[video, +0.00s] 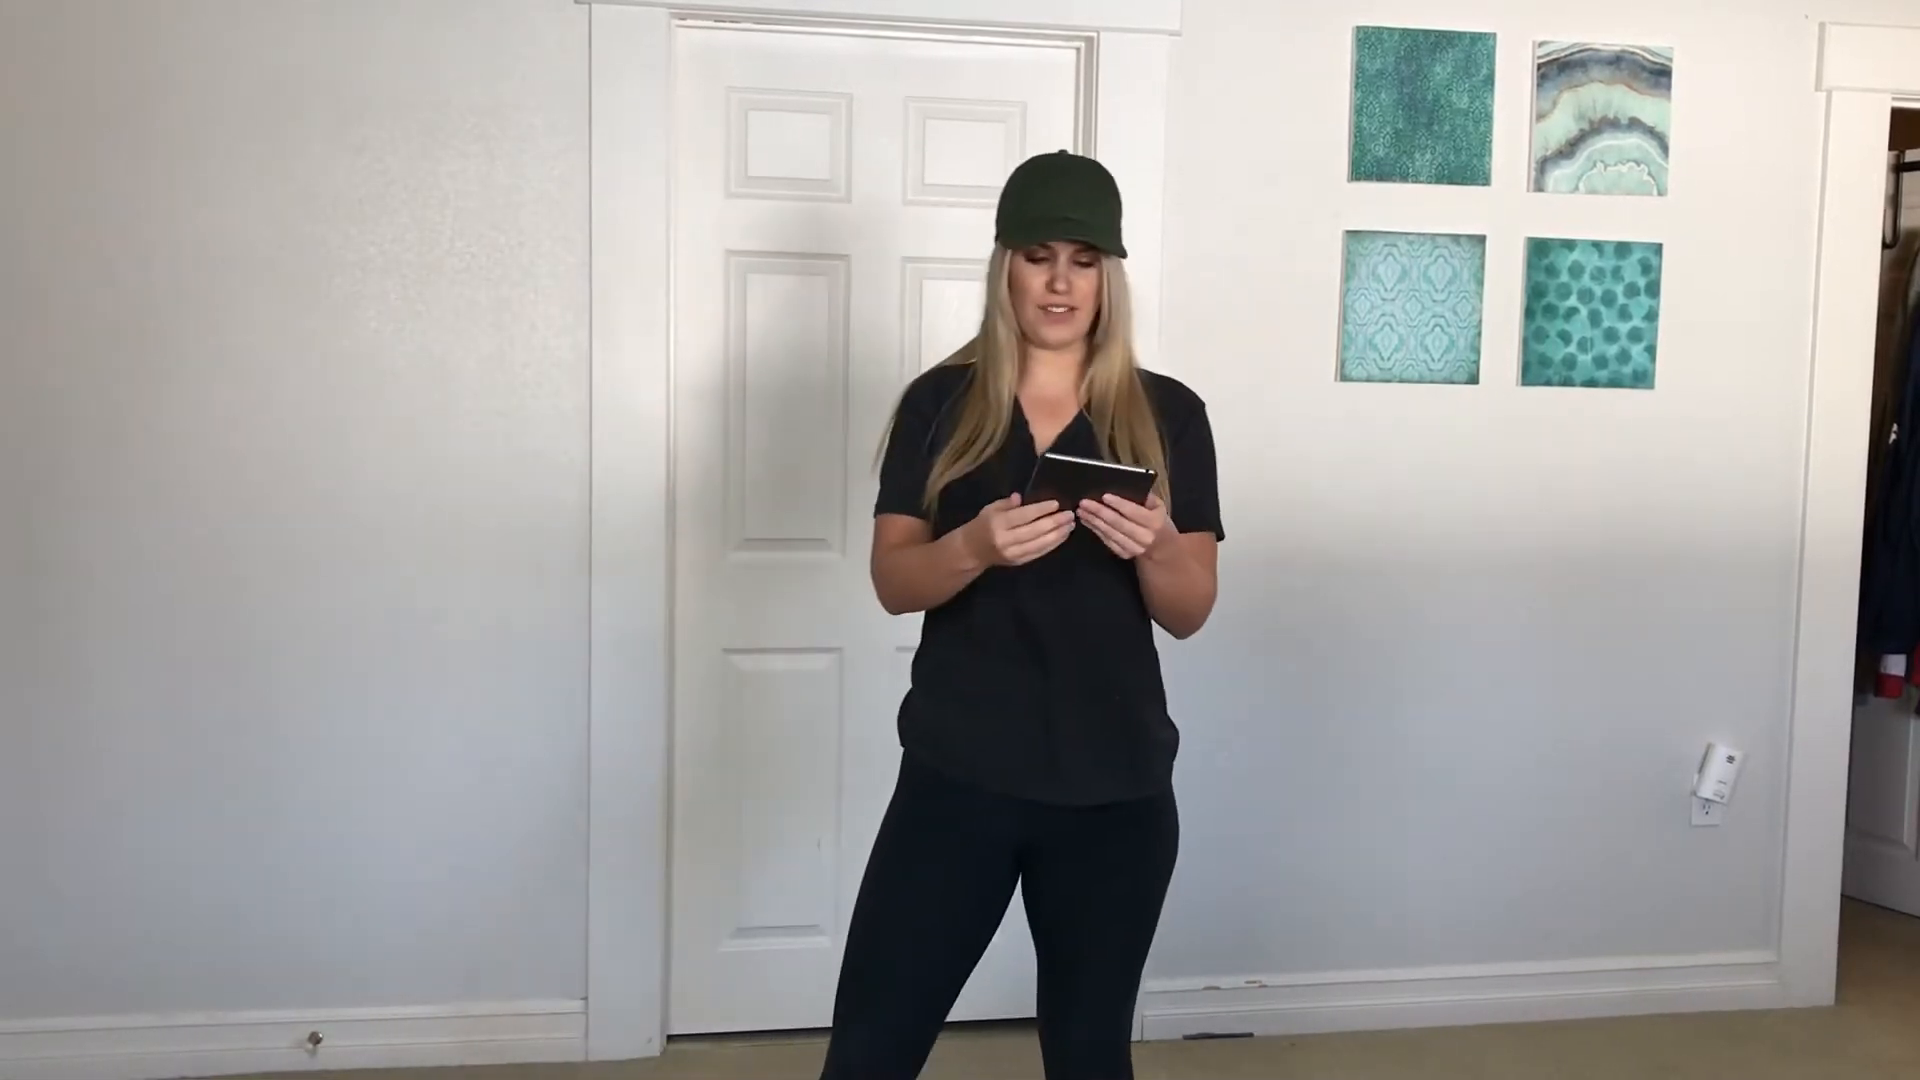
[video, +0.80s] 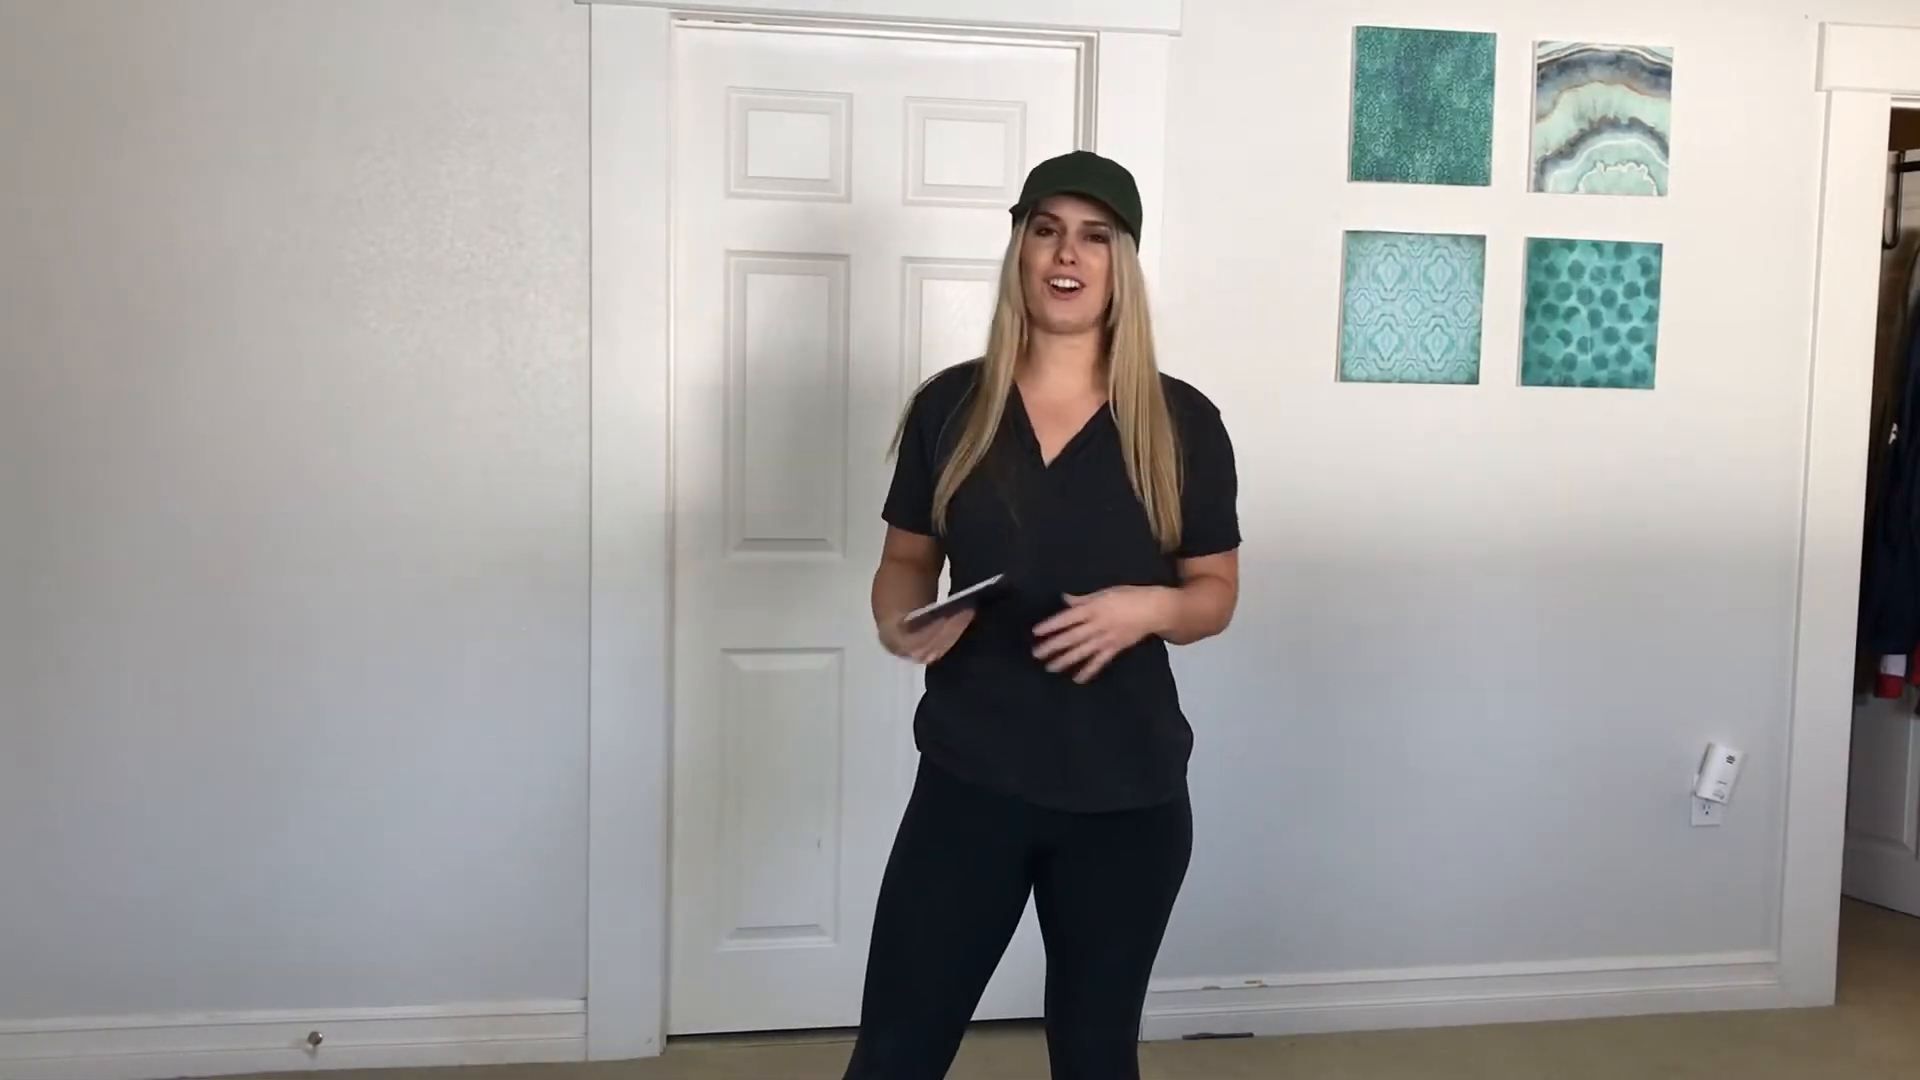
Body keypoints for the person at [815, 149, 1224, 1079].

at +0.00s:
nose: (1059, 283)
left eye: (1082, 262)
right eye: (1038, 259)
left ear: (1109, 275)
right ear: (1003, 268)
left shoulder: (1166, 415)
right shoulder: (938, 404)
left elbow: (1189, 610)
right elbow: (893, 581)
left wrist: (1156, 548)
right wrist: (974, 546)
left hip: (1112, 789)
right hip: (955, 781)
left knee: (1090, 1056)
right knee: (868, 1056)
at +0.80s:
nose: (1065, 254)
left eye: (1092, 237)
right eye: (1046, 232)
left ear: (1124, 264)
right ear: (1017, 252)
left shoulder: (1181, 420)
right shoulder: (950, 406)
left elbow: (1215, 596)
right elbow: (908, 559)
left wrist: (1146, 609)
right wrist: (902, 627)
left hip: (1125, 798)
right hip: (969, 788)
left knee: (1096, 1058)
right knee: (895, 1055)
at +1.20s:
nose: (1046, 243)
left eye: (1073, 229)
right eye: (1027, 221)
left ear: (1102, 263)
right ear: (994, 243)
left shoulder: (1155, 407)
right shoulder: (925, 402)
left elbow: (1224, 591)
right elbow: (881, 554)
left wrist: (1244, 498)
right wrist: (819, 639)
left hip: (1105, 793)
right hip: (949, 787)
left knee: (1084, 1055)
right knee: (881, 1056)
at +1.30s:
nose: (1038, 251)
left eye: (1067, 233)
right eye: (1019, 226)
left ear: (1097, 263)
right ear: (989, 244)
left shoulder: (1153, 411)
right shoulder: (922, 404)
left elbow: (1194, 595)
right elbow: (878, 559)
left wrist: (1244, 559)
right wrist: (824, 642)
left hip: (1102, 795)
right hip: (947, 786)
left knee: (1081, 1055)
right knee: (879, 1056)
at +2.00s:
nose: (1029, 257)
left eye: (1057, 239)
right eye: (1008, 232)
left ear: (1087, 269)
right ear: (977, 254)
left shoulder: (1136, 410)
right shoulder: (908, 410)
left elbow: (1174, 584)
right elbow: (869, 569)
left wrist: (1239, 614)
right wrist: (838, 664)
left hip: (1105, 789)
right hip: (951, 787)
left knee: (1085, 1057)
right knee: (882, 1058)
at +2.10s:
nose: (1028, 257)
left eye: (1056, 241)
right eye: (1008, 234)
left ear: (1085, 271)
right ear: (976, 256)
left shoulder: (1135, 410)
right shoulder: (907, 408)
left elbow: (1173, 584)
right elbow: (870, 566)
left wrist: (1237, 607)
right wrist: (835, 664)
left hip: (1103, 788)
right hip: (949, 785)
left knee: (1085, 1055)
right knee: (881, 1057)